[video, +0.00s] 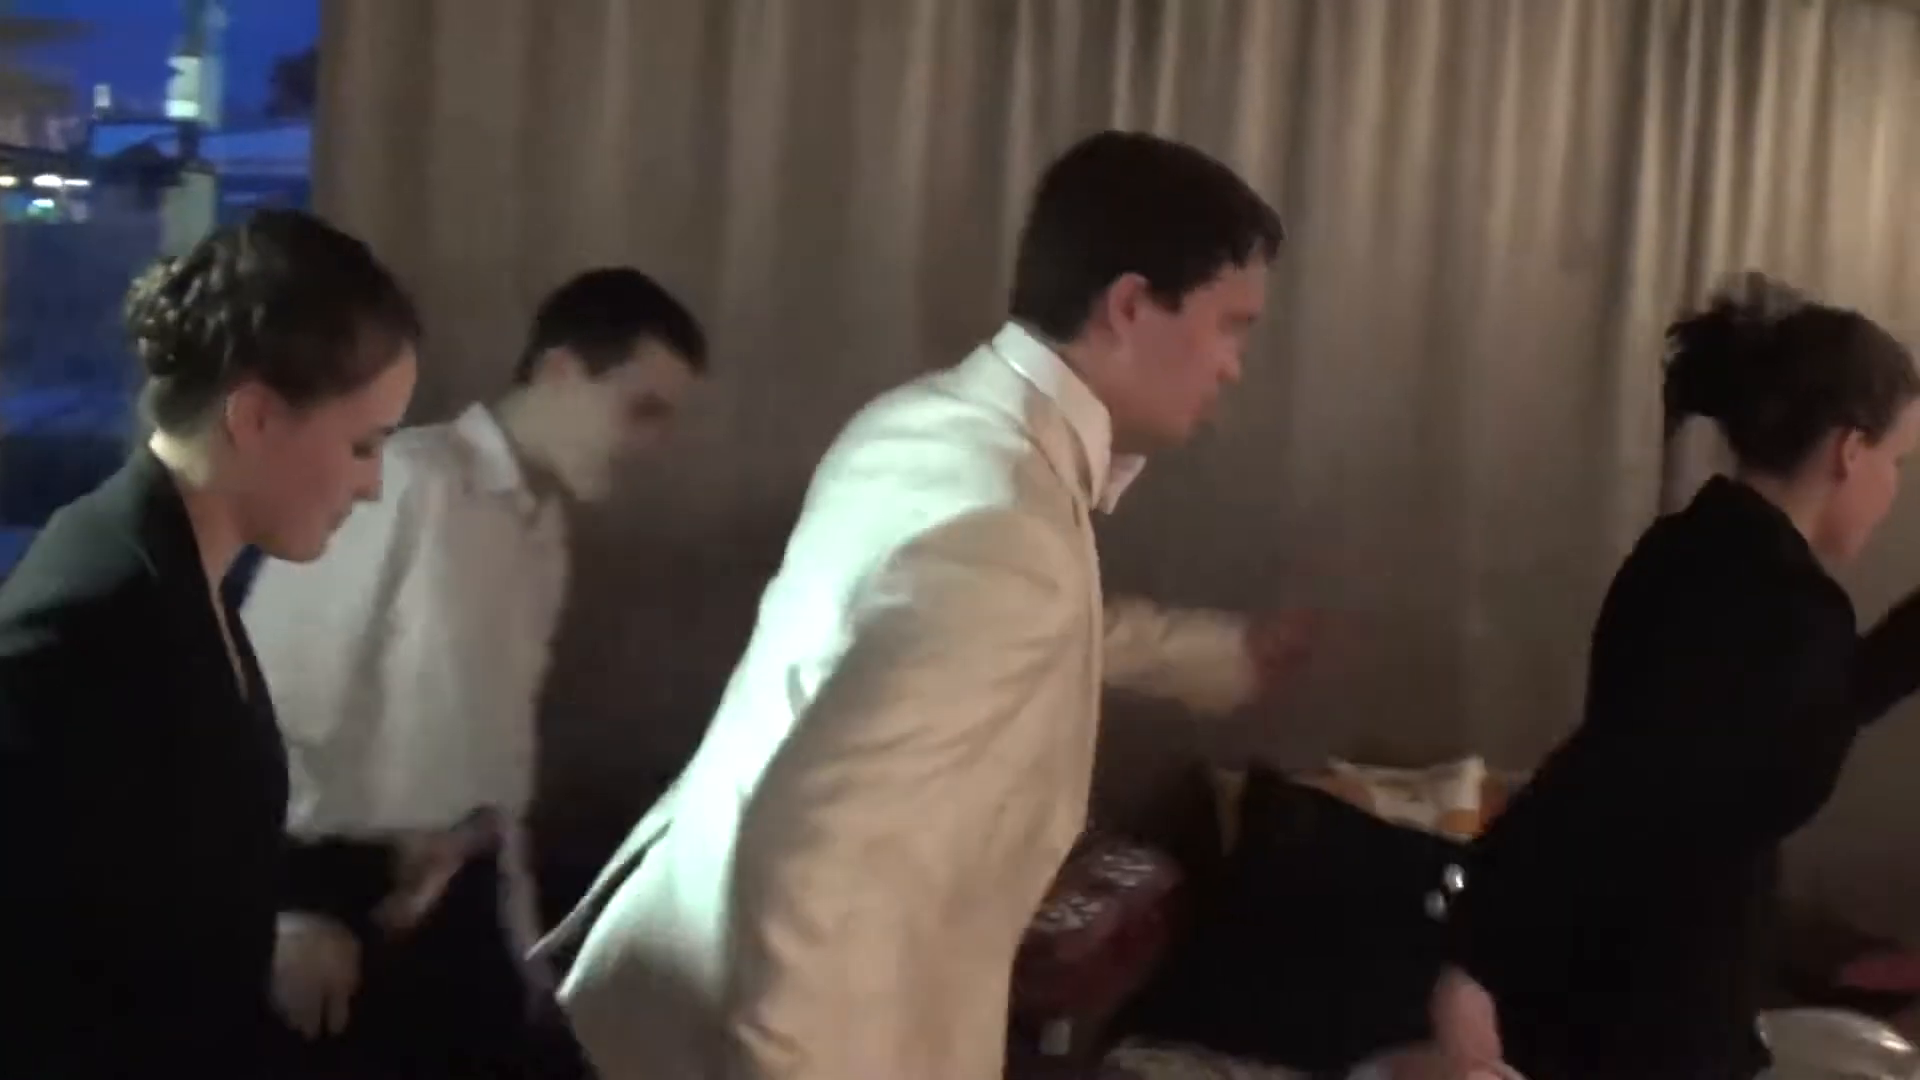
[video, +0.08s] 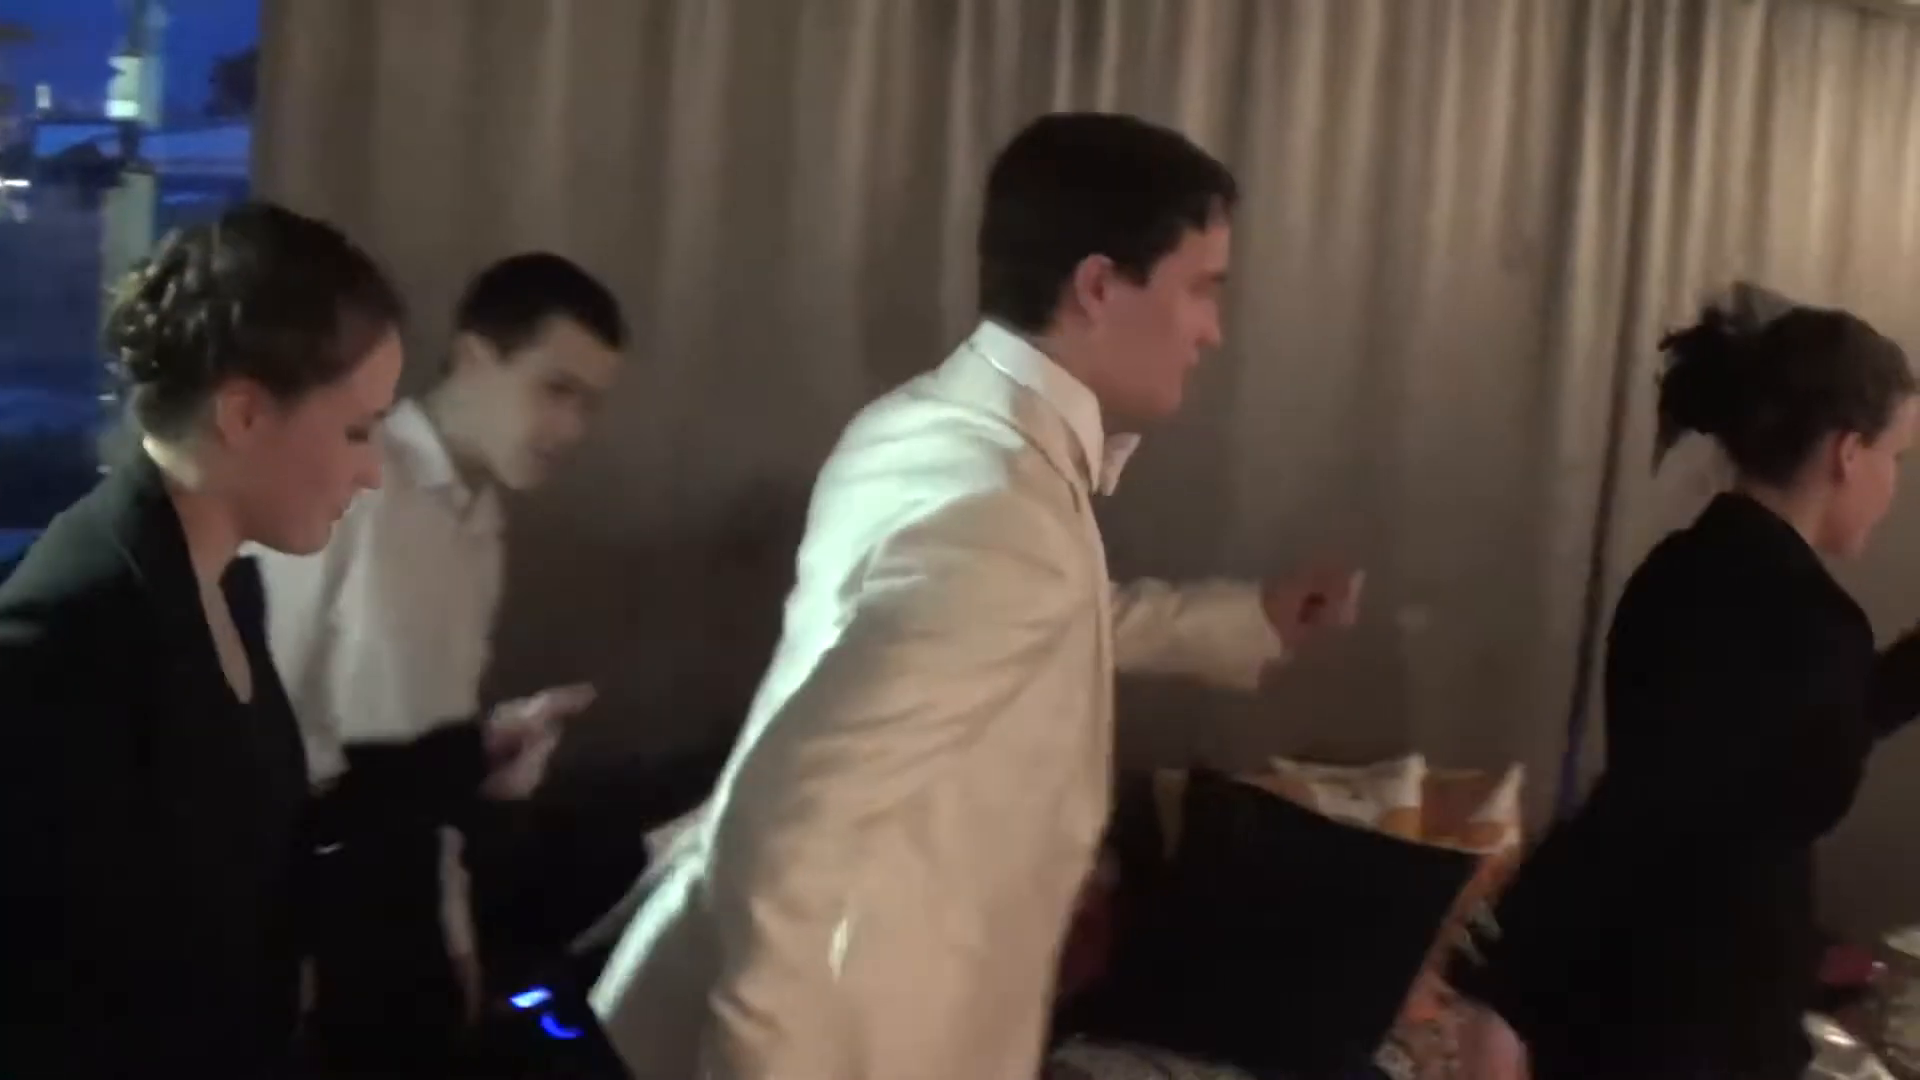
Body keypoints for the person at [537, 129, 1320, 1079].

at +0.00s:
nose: (1235, 367)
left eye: (1245, 332)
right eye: (1230, 325)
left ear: (1123, 306)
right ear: (1130, 308)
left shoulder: (926, 425)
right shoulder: (1003, 535)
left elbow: (1036, 633)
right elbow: (826, 867)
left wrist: (1227, 658)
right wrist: (808, 1068)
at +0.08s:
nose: (1215, 332)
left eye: (1217, 293)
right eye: (1202, 289)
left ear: (1093, 292)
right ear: (1097, 290)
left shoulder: (933, 428)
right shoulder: (997, 519)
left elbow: (1051, 626)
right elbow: (795, 828)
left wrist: (1260, 625)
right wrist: (770, 1064)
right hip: (853, 1049)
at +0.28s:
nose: (1194, 313)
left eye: (1191, 275)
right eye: (1177, 272)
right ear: (1080, 285)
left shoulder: (899, 463)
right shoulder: (1031, 536)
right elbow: (1090, 921)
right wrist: (1200, 1058)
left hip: (842, 1029)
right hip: (979, 1050)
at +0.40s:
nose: (1214, 270)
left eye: (1212, 234)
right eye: (1199, 232)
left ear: (1093, 243)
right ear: (1108, 245)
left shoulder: (899, 442)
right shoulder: (1121, 500)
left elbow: (795, 672)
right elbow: (1236, 805)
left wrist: (748, 867)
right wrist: (1507, 882)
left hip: (881, 967)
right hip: (1056, 1006)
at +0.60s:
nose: (1229, 283)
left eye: (1227, 249)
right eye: (1217, 247)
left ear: (1120, 266)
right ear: (1133, 263)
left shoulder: (924, 452)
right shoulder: (1153, 505)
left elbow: (874, 721)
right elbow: (1272, 800)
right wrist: (1502, 902)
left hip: (938, 958)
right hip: (1088, 993)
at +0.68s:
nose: (1232, 305)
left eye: (1228, 270)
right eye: (1215, 269)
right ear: (1130, 286)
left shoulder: (946, 477)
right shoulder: (1136, 535)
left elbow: (916, 762)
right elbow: (1188, 857)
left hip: (920, 1013)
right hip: (1083, 1036)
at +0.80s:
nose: (1225, 302)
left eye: (1220, 269)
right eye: (1210, 269)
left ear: (1114, 294)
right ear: (1127, 291)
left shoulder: (970, 459)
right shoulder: (1108, 515)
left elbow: (1018, 710)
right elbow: (1086, 846)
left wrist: (1232, 778)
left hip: (927, 1001)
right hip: (1042, 1034)